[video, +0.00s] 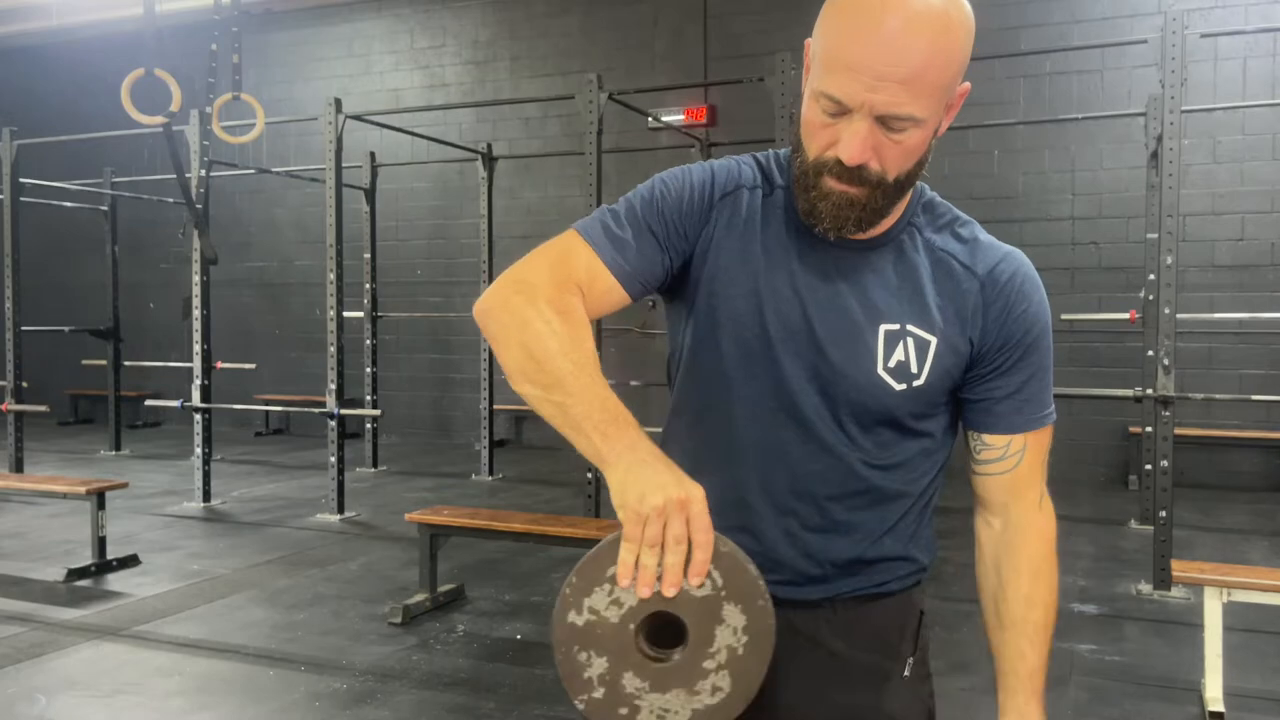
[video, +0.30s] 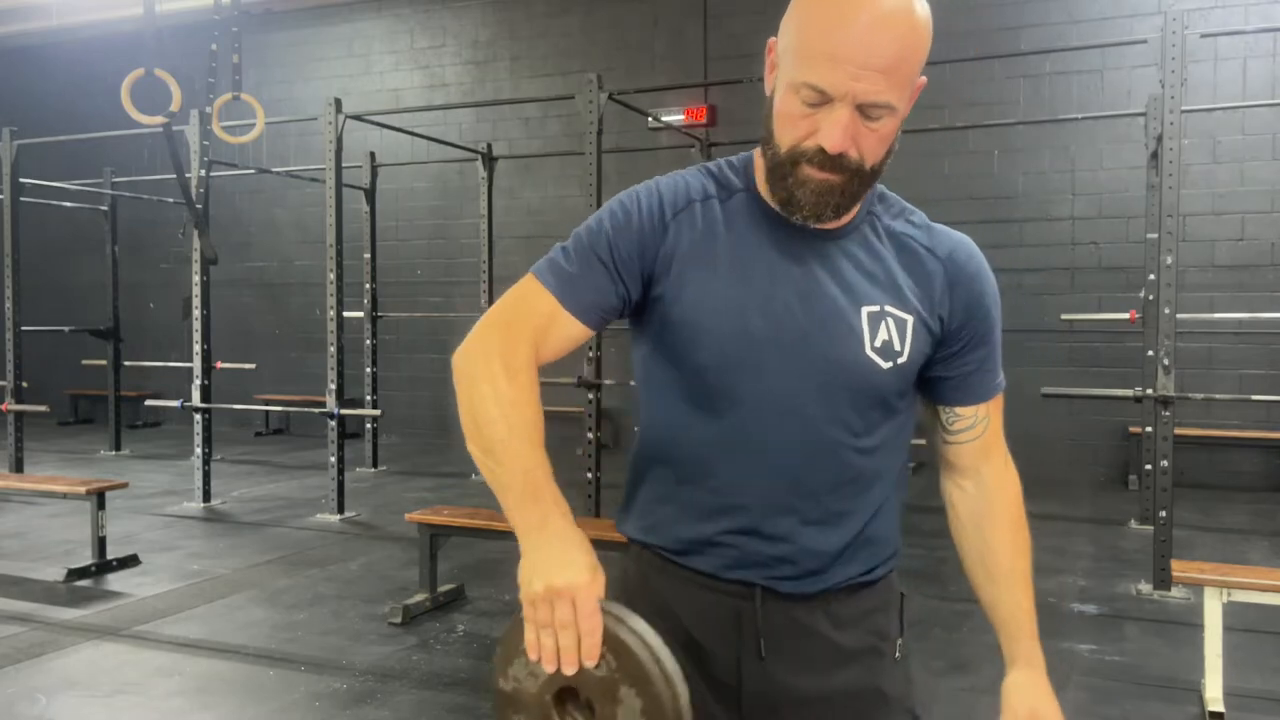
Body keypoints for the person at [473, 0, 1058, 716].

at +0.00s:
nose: (851, 152)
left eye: (893, 124)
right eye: (833, 107)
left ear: (950, 112)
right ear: (803, 67)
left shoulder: (993, 290)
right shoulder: (703, 207)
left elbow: (1013, 511)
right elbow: (518, 304)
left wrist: (1022, 705)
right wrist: (631, 460)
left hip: (863, 644)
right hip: (691, 627)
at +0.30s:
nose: (835, 141)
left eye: (871, 112)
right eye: (813, 98)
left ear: (912, 100)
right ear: (771, 65)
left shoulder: (947, 273)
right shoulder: (662, 221)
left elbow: (979, 469)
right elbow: (489, 355)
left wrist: (1026, 667)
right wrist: (546, 535)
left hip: (845, 637)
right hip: (662, 624)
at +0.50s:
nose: (774, 158)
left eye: (806, 131)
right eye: (753, 117)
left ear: (831, 127)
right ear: (701, 84)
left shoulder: (846, 270)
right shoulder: (589, 242)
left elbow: (869, 437)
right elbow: (462, 428)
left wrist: (933, 607)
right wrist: (505, 623)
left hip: (788, 627)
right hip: (620, 626)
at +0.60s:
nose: (741, 168)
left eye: (772, 140)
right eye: (720, 127)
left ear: (797, 132)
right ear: (666, 88)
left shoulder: (801, 265)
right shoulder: (556, 246)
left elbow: (810, 421)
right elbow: (450, 443)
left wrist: (871, 585)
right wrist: (490, 647)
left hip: (755, 619)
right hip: (594, 624)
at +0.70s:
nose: (725, 172)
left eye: (755, 147)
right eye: (706, 133)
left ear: (780, 135)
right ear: (651, 92)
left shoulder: (761, 257)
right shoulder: (535, 249)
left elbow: (763, 413)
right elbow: (444, 464)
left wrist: (810, 565)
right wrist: (483, 667)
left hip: (730, 609)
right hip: (576, 620)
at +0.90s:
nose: (753, 181)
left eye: (769, 156)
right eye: (739, 145)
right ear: (664, 103)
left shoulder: (701, 244)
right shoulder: (536, 253)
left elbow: (679, 411)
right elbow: (452, 466)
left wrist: (716, 535)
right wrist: (492, 676)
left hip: (688, 593)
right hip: (568, 613)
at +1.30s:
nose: (755, 199)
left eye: (762, 179)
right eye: (755, 172)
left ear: (704, 145)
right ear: (704, 141)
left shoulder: (644, 248)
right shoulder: (612, 244)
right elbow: (533, 428)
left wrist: (653, 583)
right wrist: (576, 621)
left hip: (632, 573)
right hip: (597, 580)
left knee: (629, 709)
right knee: (596, 713)